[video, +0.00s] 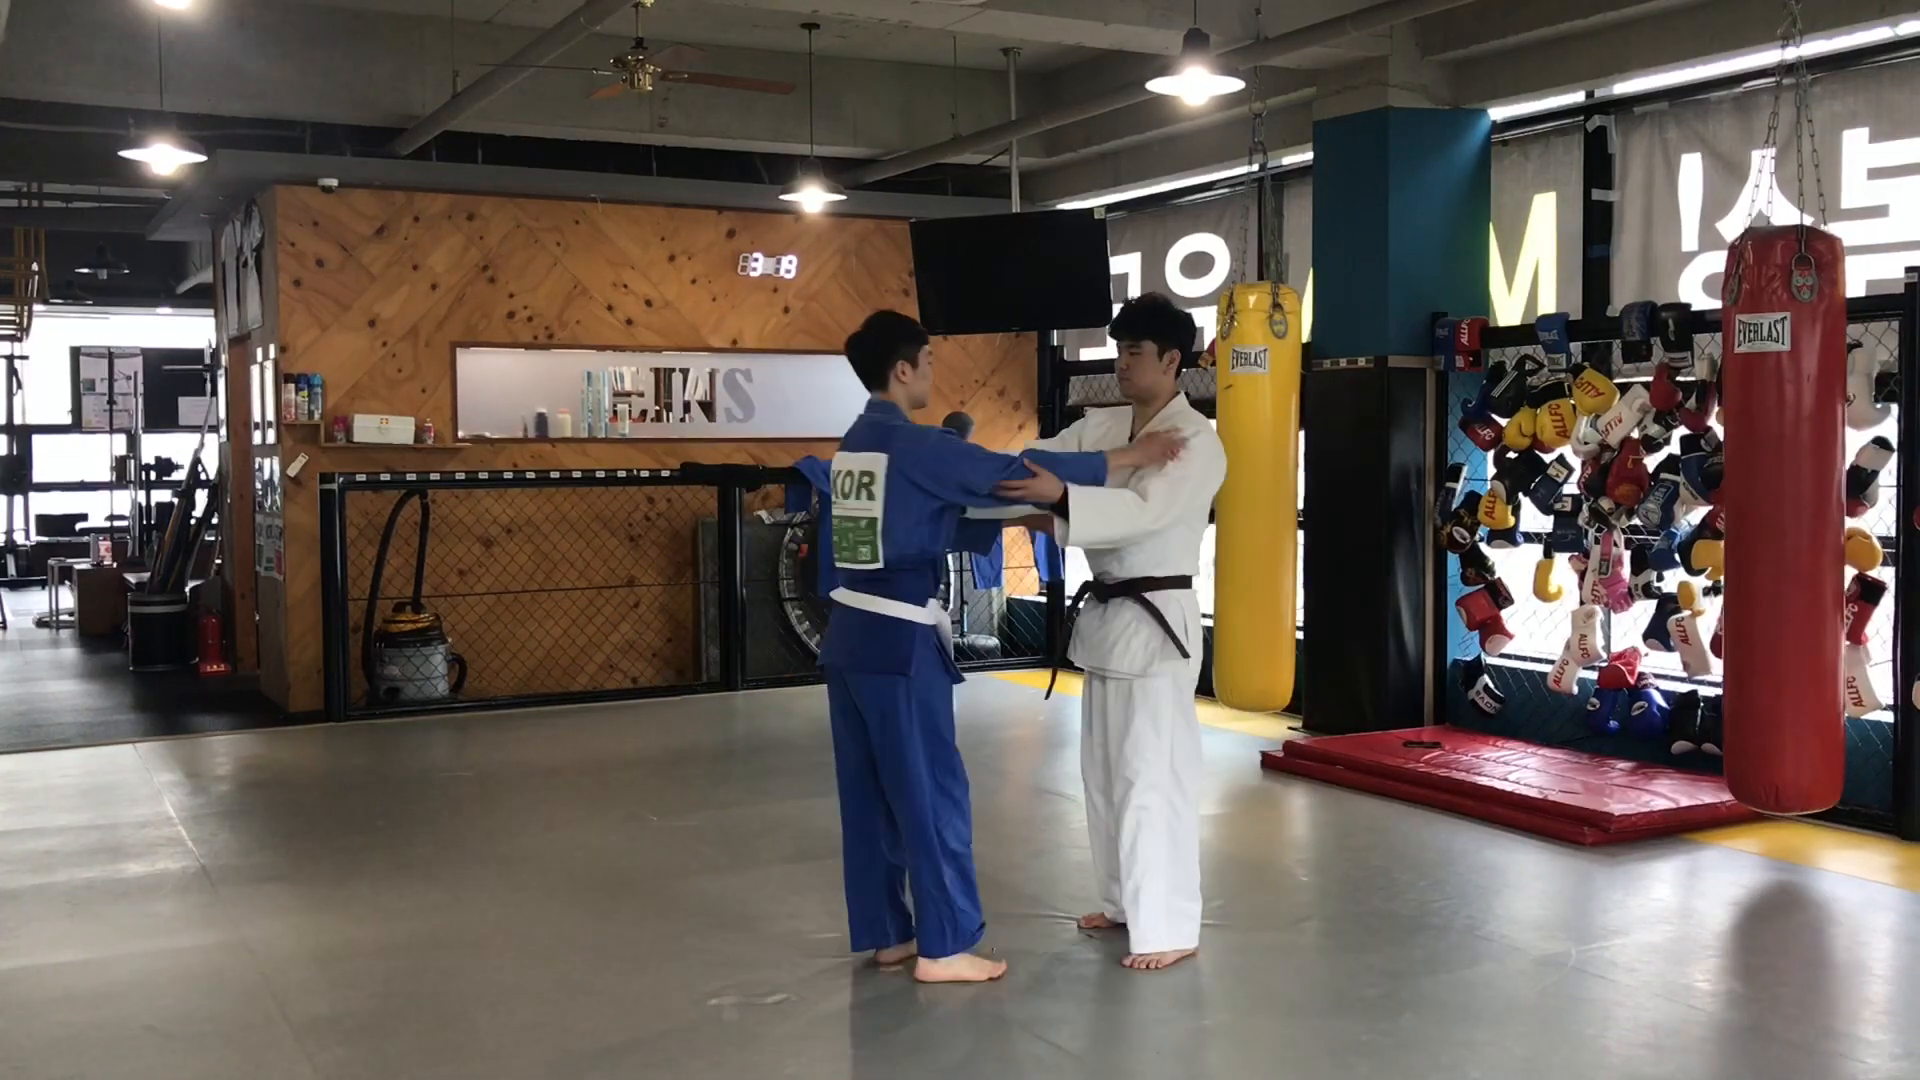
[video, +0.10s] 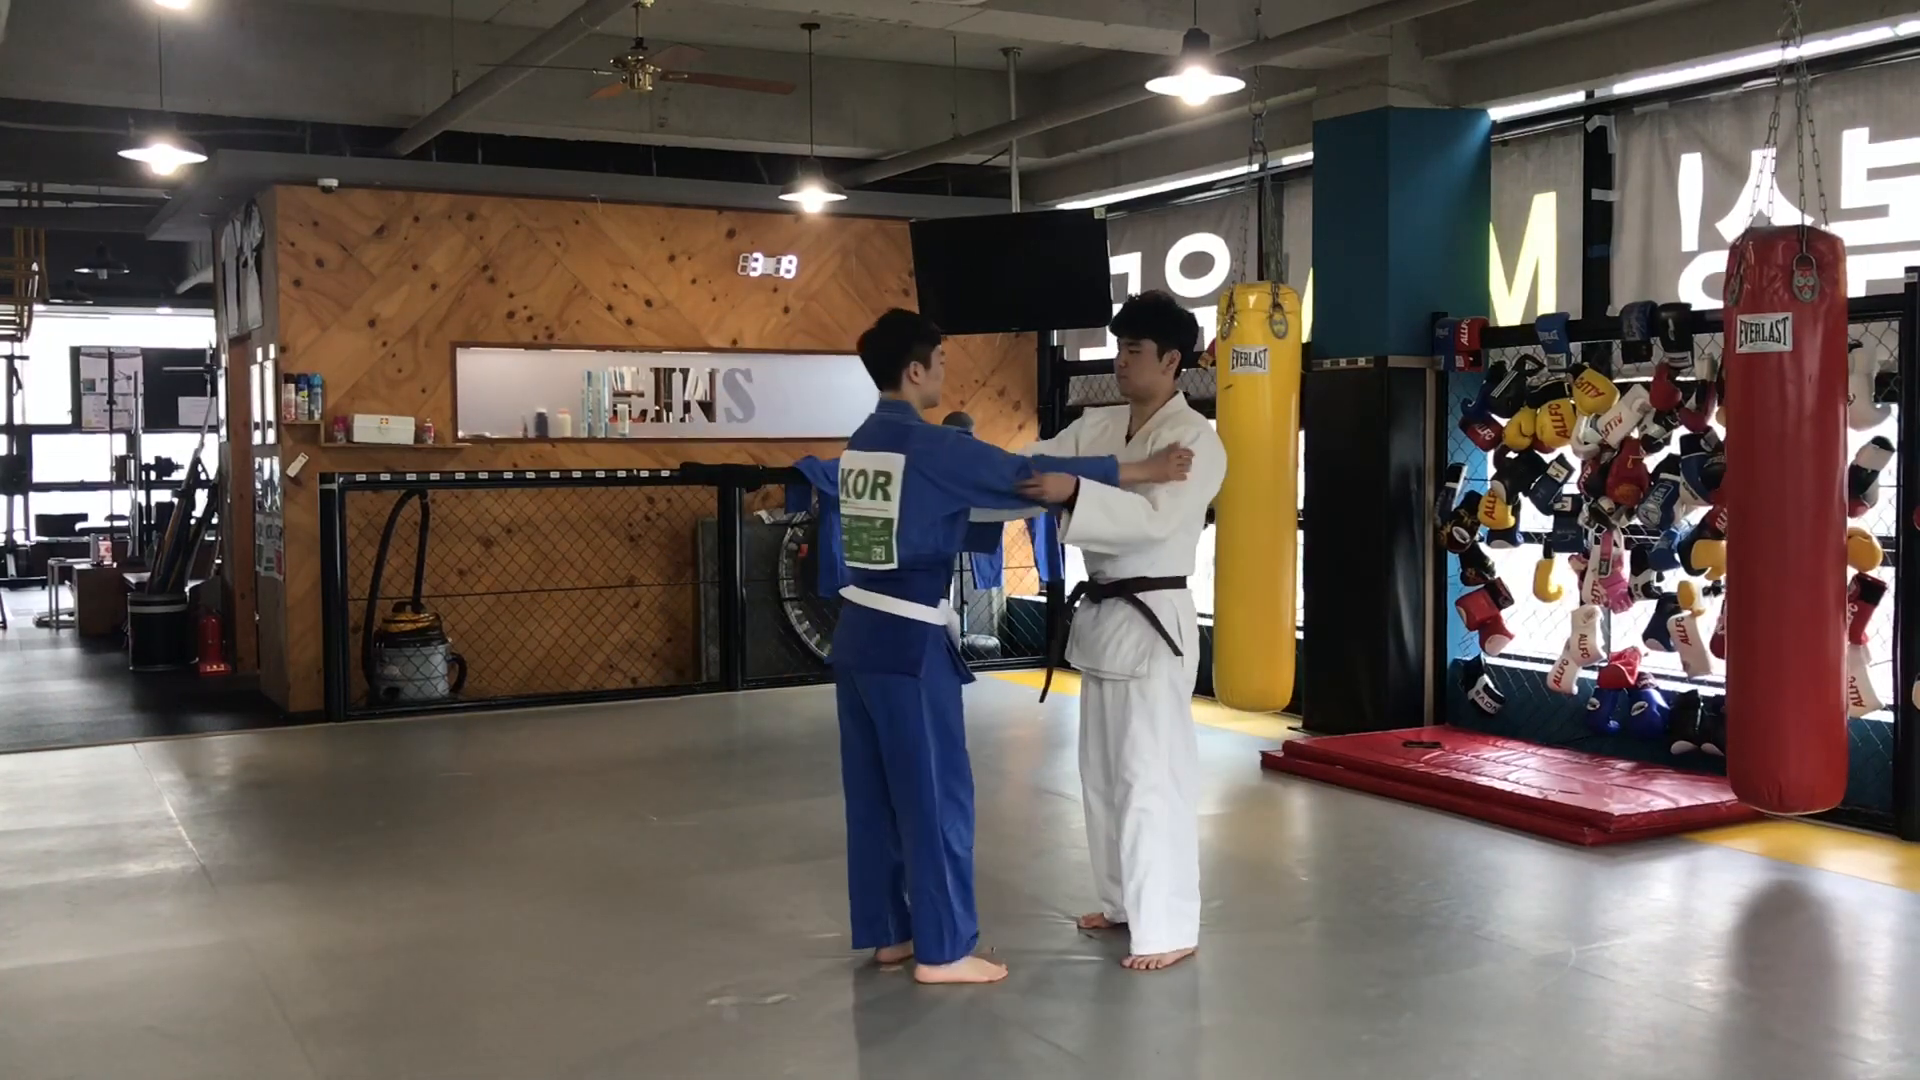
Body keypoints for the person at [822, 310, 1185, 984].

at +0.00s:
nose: (933, 375)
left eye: (928, 362)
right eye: (927, 363)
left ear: (874, 374)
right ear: (903, 370)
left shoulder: (857, 443)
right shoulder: (920, 447)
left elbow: (953, 520)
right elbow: (1016, 470)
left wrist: (1016, 505)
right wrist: (1128, 457)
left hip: (849, 645)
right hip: (900, 648)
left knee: (867, 797)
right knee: (932, 792)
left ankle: (886, 937)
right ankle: (945, 949)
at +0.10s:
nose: (944, 374)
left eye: (940, 362)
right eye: (938, 364)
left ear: (882, 373)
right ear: (913, 371)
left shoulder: (864, 441)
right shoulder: (935, 447)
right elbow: (1028, 473)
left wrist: (1026, 500)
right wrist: (1135, 470)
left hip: (857, 647)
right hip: (910, 652)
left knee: (873, 799)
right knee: (937, 800)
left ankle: (888, 936)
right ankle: (943, 953)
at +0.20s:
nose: (949, 372)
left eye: (945, 360)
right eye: (943, 361)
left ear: (882, 373)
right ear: (921, 369)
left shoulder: (867, 442)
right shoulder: (944, 448)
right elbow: (1040, 488)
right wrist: (1141, 480)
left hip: (865, 643)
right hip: (919, 649)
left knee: (879, 792)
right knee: (937, 799)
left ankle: (887, 935)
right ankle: (939, 956)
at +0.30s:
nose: (949, 370)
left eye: (945, 358)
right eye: (943, 360)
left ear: (886, 374)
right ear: (921, 369)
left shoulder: (875, 440)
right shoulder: (950, 449)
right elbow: (1044, 491)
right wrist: (1148, 478)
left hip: (871, 642)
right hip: (925, 648)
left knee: (885, 791)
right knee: (938, 801)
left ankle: (889, 931)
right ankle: (936, 956)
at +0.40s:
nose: (956, 368)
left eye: (951, 356)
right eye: (949, 358)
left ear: (894, 376)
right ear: (924, 371)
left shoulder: (883, 442)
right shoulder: (956, 450)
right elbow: (1049, 482)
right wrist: (1149, 469)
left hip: (878, 643)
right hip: (932, 650)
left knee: (893, 797)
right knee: (945, 804)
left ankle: (890, 933)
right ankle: (939, 957)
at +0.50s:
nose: (965, 369)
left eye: (960, 357)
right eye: (957, 359)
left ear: (899, 376)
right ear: (933, 371)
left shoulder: (891, 439)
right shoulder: (965, 452)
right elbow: (1057, 480)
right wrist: (1150, 466)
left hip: (884, 639)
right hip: (938, 647)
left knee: (891, 792)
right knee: (948, 801)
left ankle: (888, 932)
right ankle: (942, 957)